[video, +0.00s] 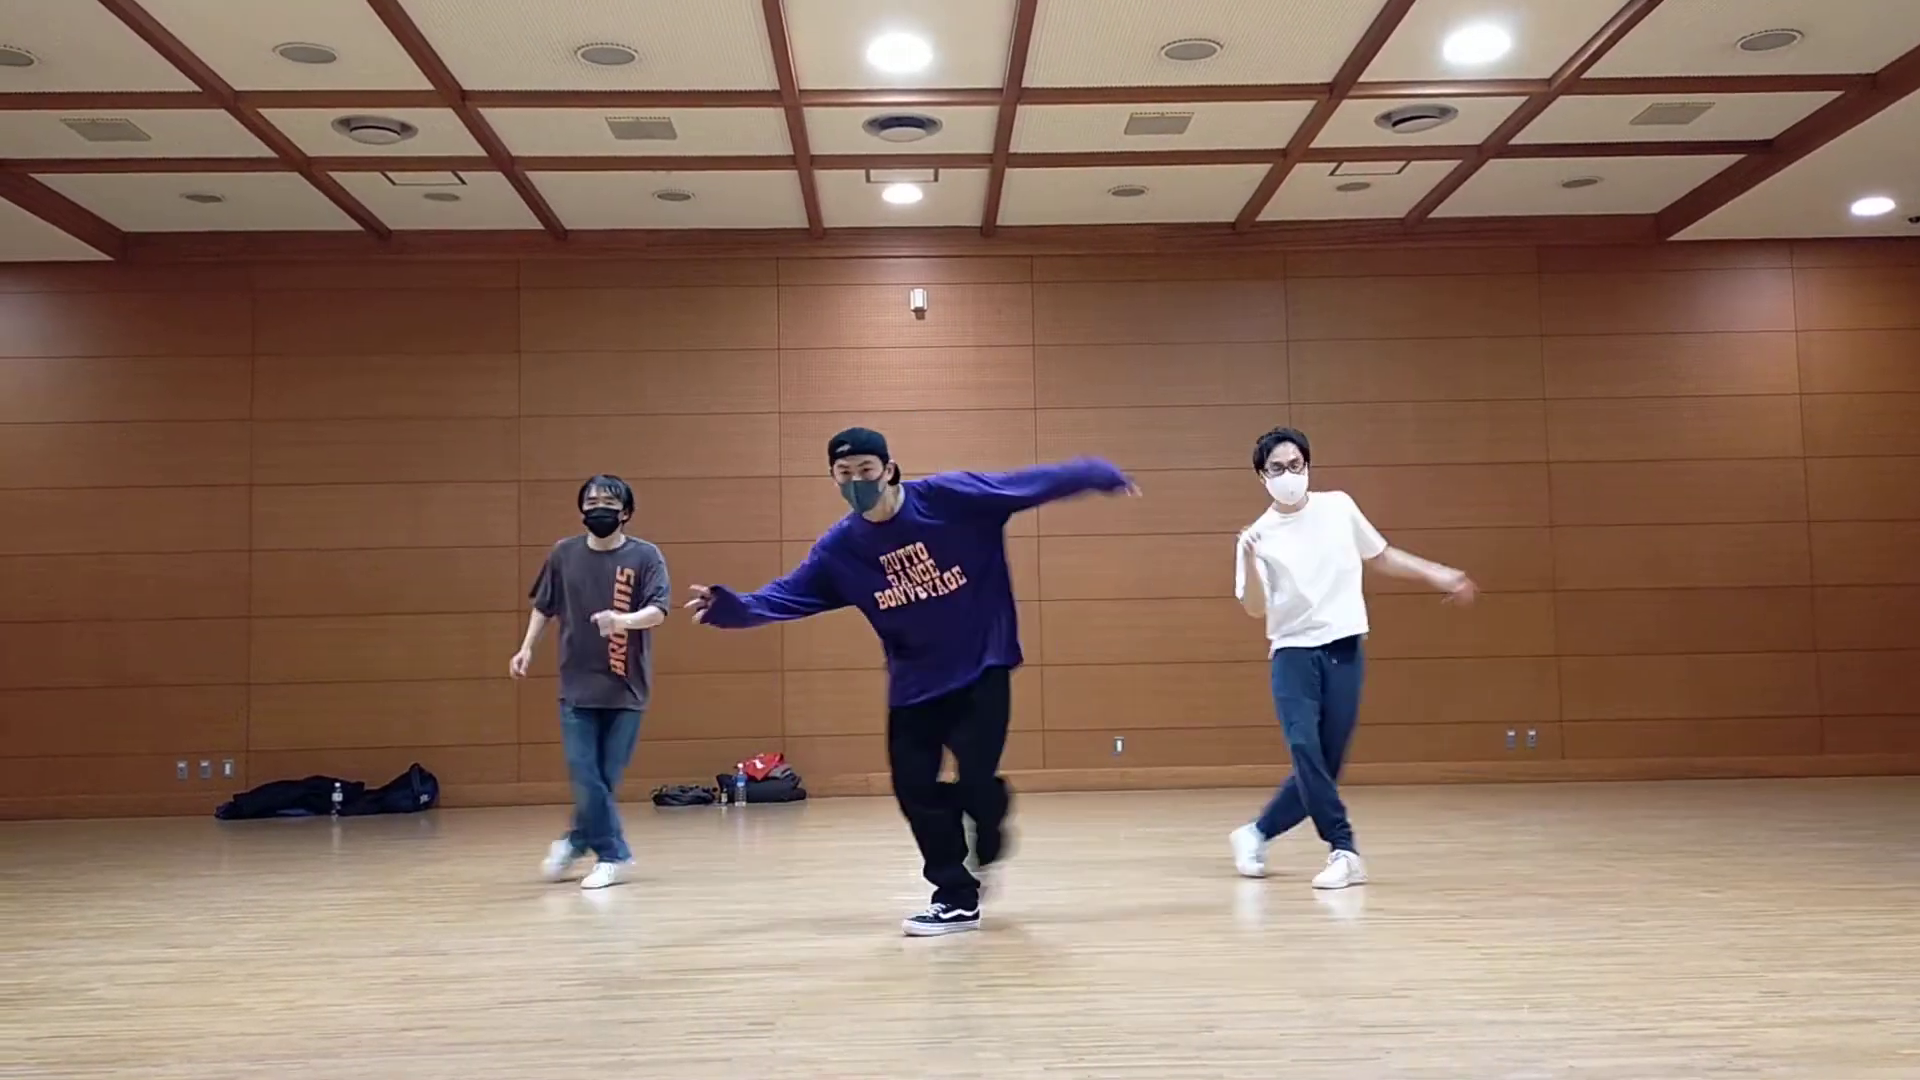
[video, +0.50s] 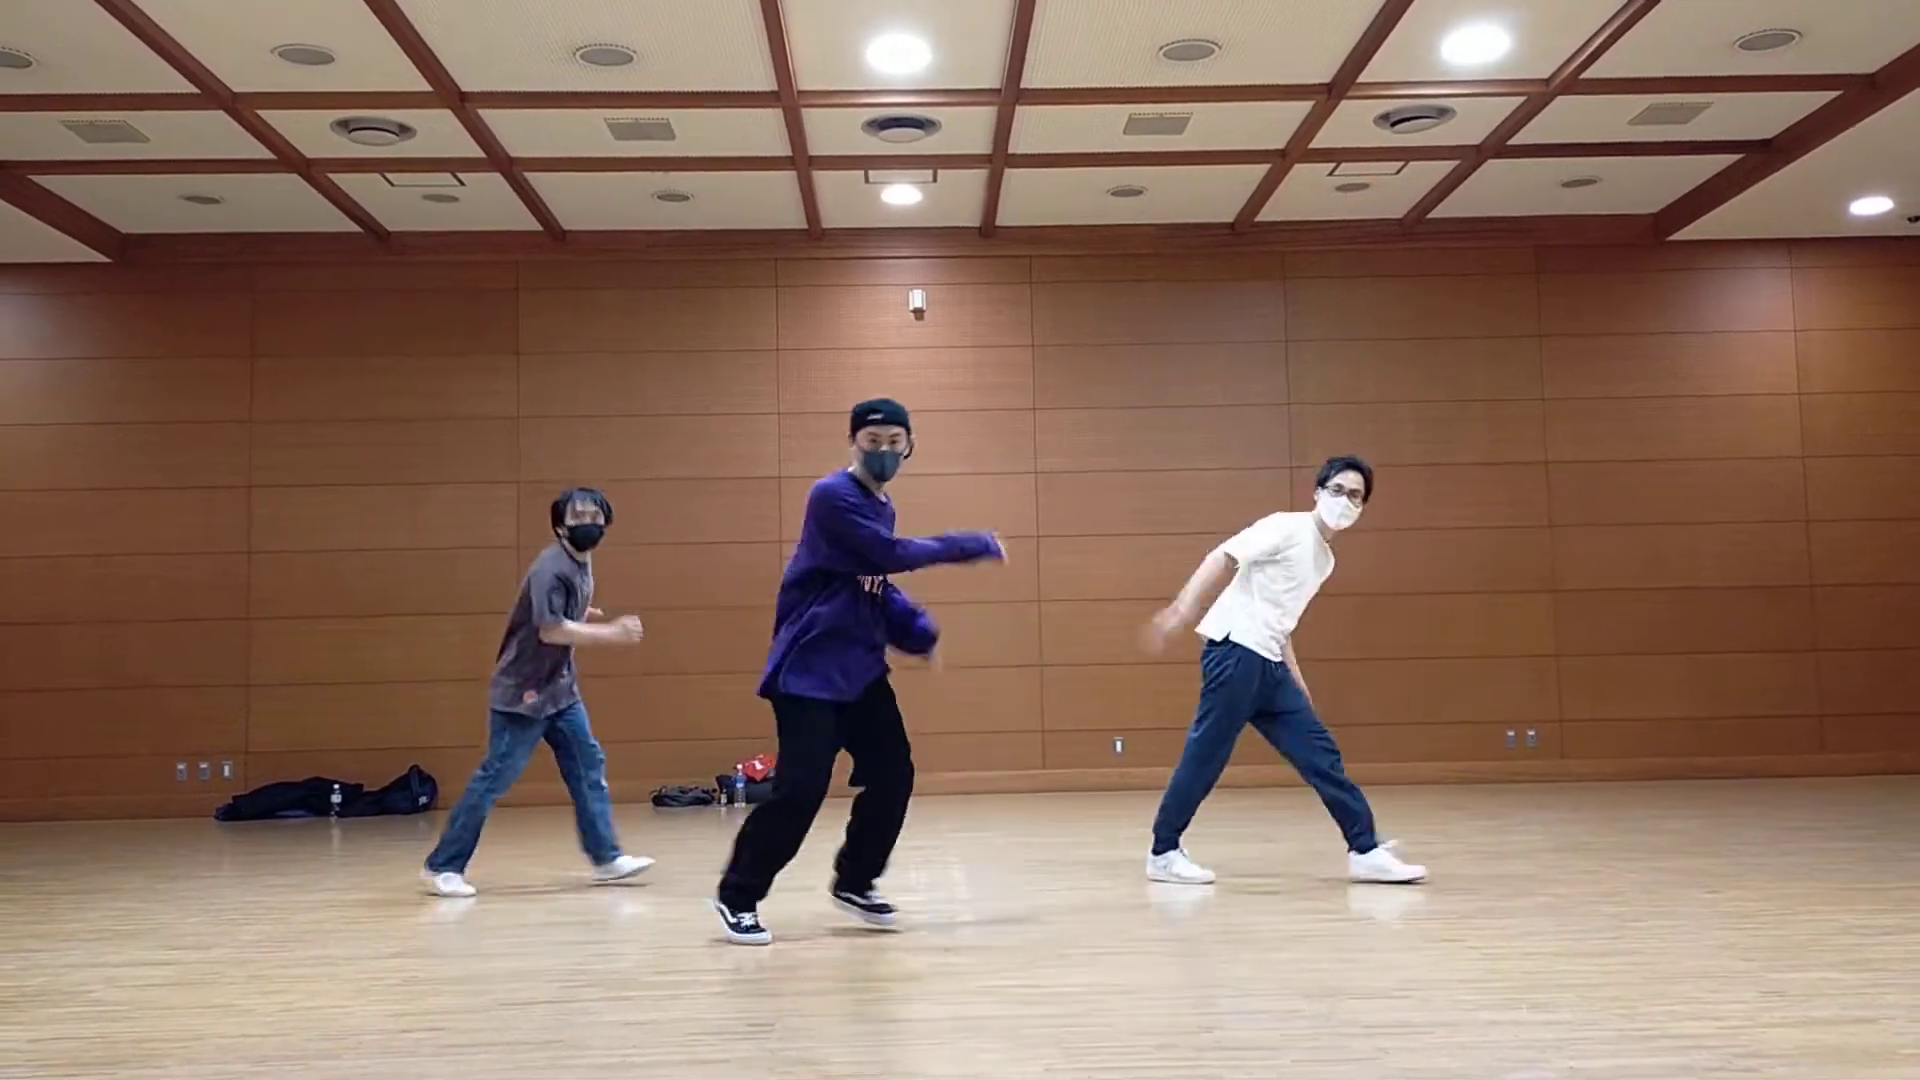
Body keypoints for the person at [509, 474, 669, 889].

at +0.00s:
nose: (600, 508)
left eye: (609, 501)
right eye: (593, 501)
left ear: (625, 511)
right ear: (582, 510)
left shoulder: (647, 556)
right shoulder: (563, 553)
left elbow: (657, 612)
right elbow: (544, 606)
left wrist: (621, 620)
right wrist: (527, 647)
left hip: (627, 688)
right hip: (578, 686)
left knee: (607, 775)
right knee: (582, 771)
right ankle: (612, 855)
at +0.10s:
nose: (589, 521)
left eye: (597, 515)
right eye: (581, 515)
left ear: (612, 522)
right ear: (569, 521)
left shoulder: (631, 569)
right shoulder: (549, 567)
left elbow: (644, 621)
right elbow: (526, 618)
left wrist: (624, 658)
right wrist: (528, 660)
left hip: (601, 689)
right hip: (555, 684)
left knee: (577, 779)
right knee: (551, 764)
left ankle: (532, 850)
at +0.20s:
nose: (578, 519)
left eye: (586, 513)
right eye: (570, 512)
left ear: (600, 522)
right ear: (558, 521)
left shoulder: (616, 574)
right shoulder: (538, 567)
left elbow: (624, 635)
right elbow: (516, 622)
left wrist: (628, 686)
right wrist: (551, 649)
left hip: (587, 702)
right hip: (542, 698)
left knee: (564, 790)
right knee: (530, 776)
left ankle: (530, 857)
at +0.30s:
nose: (573, 504)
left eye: (581, 498)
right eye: (565, 497)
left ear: (594, 507)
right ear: (552, 506)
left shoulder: (600, 559)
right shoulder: (536, 549)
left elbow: (606, 619)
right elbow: (521, 606)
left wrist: (620, 668)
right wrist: (576, 612)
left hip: (581, 690)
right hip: (536, 687)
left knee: (567, 780)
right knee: (510, 772)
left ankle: (534, 854)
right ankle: (471, 863)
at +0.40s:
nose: (580, 503)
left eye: (587, 496)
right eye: (570, 497)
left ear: (598, 504)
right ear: (555, 505)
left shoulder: (591, 549)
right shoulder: (540, 547)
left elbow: (578, 600)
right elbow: (532, 603)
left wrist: (599, 631)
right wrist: (588, 602)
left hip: (570, 680)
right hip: (528, 682)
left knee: (584, 761)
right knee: (504, 770)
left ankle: (552, 848)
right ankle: (462, 861)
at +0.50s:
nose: (587, 522)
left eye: (594, 515)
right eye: (577, 515)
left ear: (605, 523)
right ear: (561, 523)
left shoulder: (581, 565)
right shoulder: (550, 569)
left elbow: (559, 606)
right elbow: (550, 631)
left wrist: (582, 613)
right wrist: (610, 634)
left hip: (558, 688)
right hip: (521, 692)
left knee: (587, 764)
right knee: (495, 777)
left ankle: (606, 858)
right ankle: (443, 867)